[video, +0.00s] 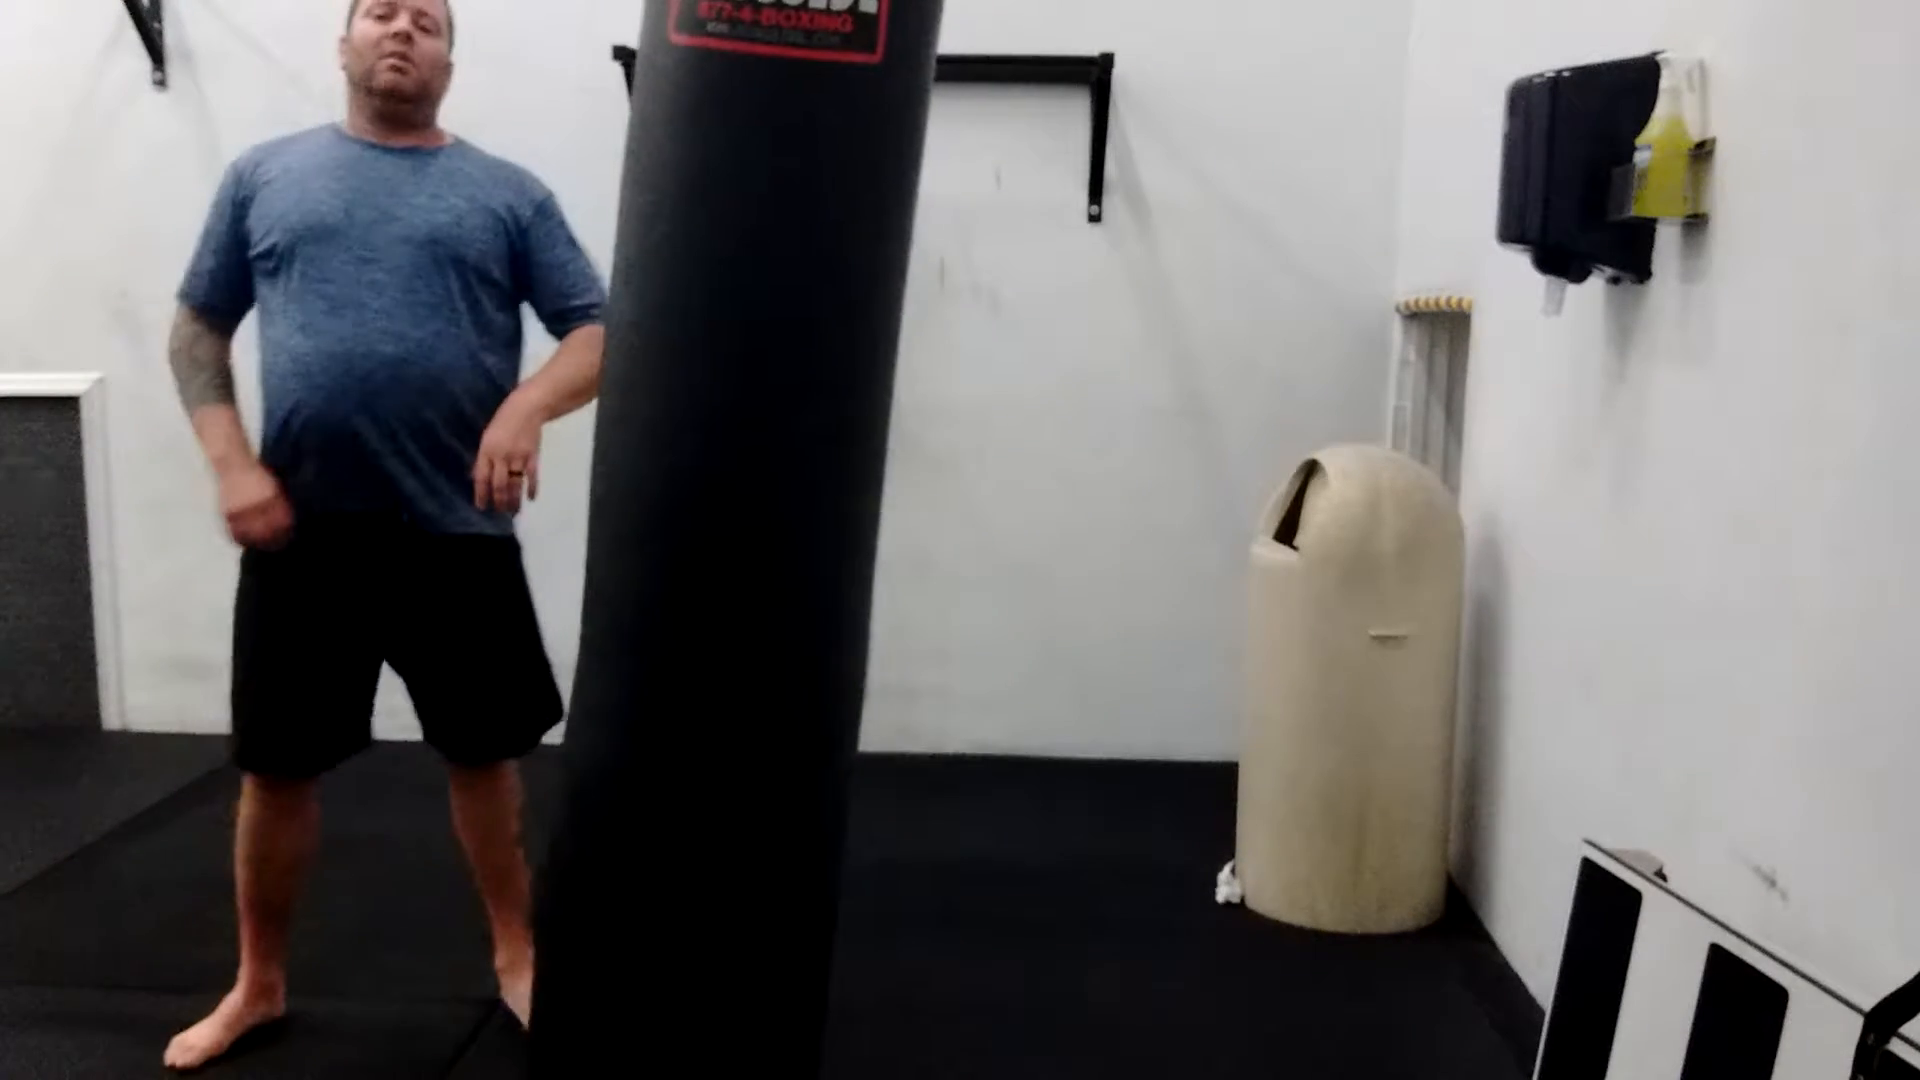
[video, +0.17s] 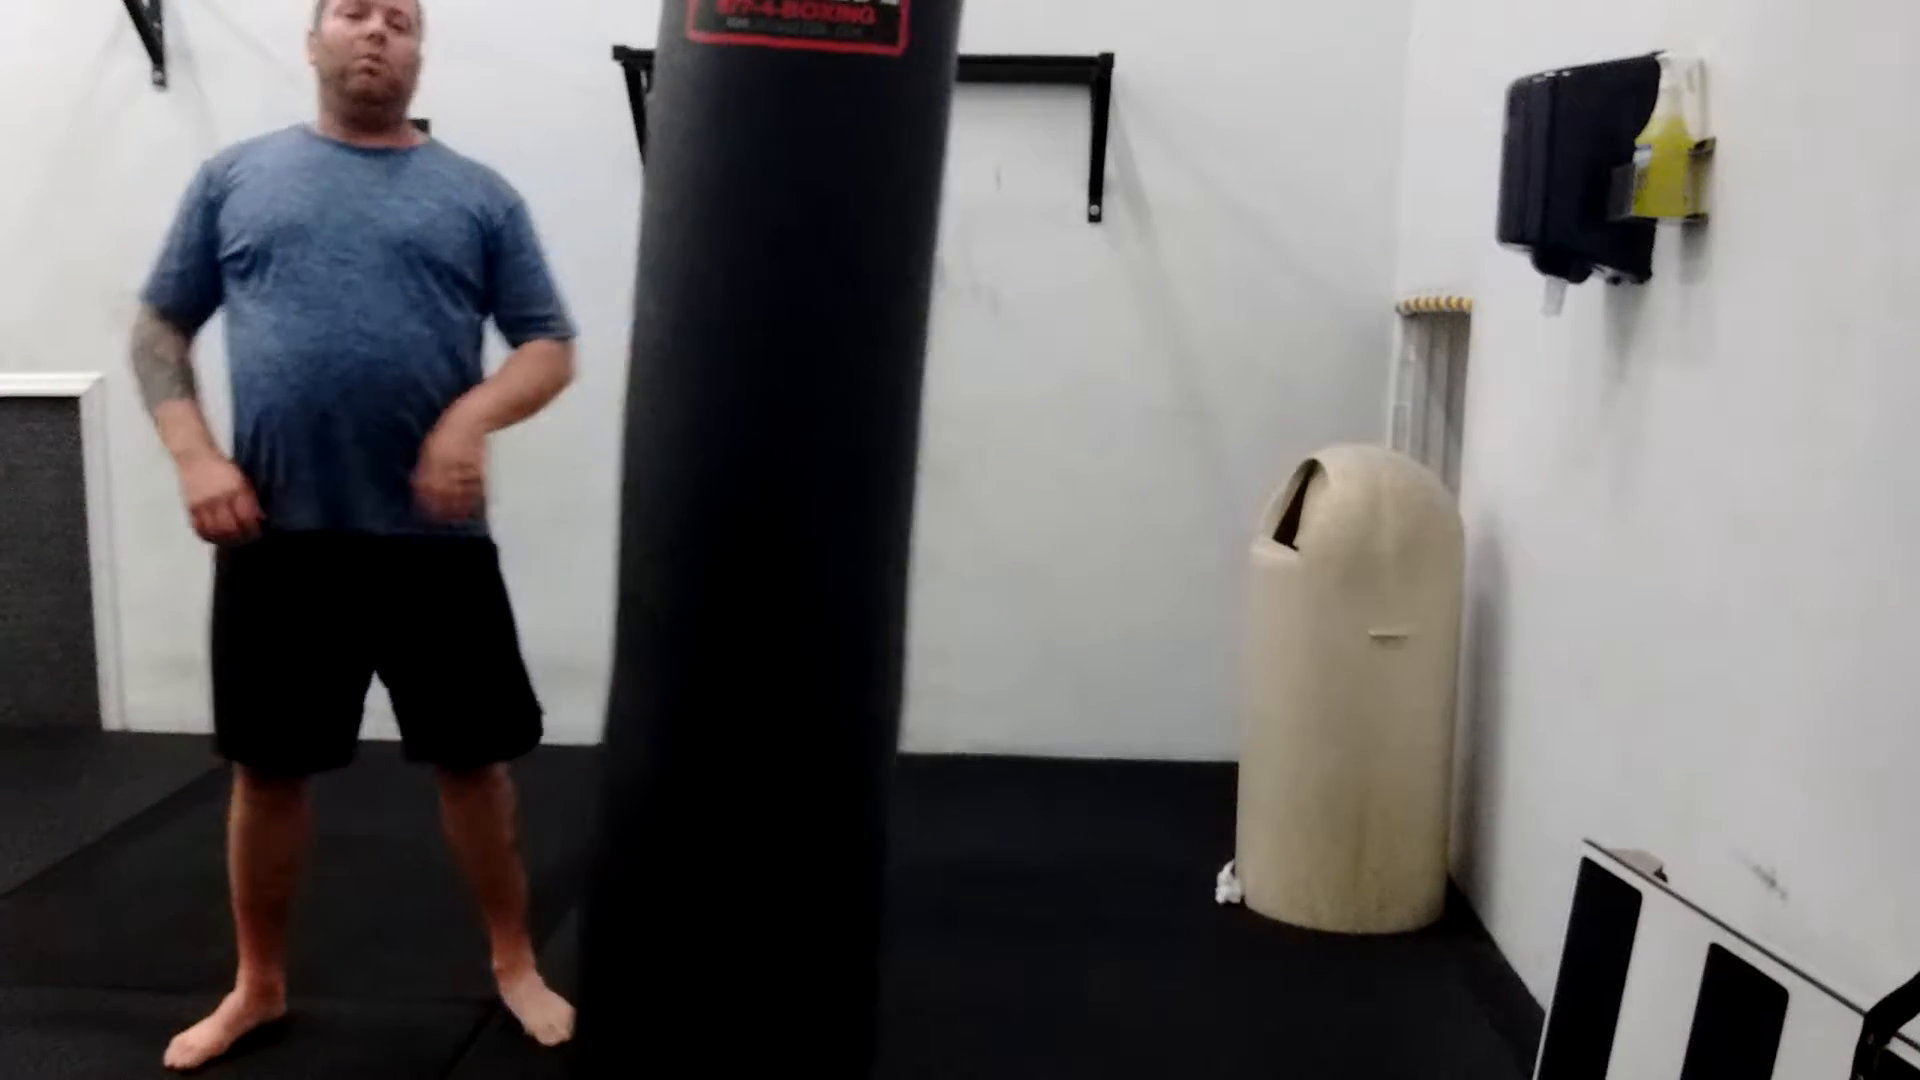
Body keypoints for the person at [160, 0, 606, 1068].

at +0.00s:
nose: (399, 28)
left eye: (423, 22)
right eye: (378, 15)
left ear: (447, 67)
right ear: (343, 51)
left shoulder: (507, 190)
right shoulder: (265, 175)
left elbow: (603, 332)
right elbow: (195, 326)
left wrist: (527, 404)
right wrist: (233, 461)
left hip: (457, 529)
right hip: (305, 525)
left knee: (487, 758)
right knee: (274, 773)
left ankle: (518, 960)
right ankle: (257, 984)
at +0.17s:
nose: (373, 30)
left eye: (395, 21)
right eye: (350, 15)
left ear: (418, 60)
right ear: (311, 47)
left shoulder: (477, 193)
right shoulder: (236, 177)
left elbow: (551, 350)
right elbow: (156, 328)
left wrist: (470, 417)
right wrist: (196, 454)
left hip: (433, 537)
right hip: (281, 533)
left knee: (475, 761)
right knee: (264, 770)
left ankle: (515, 966)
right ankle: (256, 987)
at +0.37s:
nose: (341, 36)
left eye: (358, 26)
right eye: (316, 19)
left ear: (374, 58)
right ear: (267, 47)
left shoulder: (436, 199)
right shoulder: (193, 186)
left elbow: (502, 356)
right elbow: (108, 341)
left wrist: (424, 425)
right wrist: (179, 459)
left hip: (400, 547)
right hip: (245, 551)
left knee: (468, 764)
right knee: (247, 778)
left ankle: (509, 963)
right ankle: (255, 985)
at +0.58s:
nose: (324, 38)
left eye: (338, 24)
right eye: (297, 20)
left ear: (353, 53)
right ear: (242, 45)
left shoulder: (410, 199)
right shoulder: (169, 186)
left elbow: (476, 353)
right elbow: (91, 349)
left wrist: (438, 450)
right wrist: (196, 464)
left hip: (384, 546)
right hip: (231, 551)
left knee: (440, 765)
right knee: (246, 775)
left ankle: (493, 972)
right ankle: (255, 986)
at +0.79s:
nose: (339, 38)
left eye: (351, 23)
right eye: (311, 19)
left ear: (364, 49)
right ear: (252, 44)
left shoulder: (417, 199)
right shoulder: (182, 187)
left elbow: (471, 361)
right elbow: (113, 357)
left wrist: (477, 496)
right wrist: (245, 446)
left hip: (399, 541)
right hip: (247, 548)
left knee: (441, 761)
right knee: (255, 776)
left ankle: (496, 971)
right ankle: (256, 986)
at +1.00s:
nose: (400, 64)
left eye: (409, 43)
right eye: (375, 39)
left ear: (417, 56)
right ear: (307, 45)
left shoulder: (452, 206)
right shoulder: (226, 190)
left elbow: (502, 355)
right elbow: (149, 352)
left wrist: (507, 450)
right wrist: (290, 457)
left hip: (432, 549)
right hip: (276, 555)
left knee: (471, 762)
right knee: (244, 783)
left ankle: (497, 972)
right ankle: (248, 984)